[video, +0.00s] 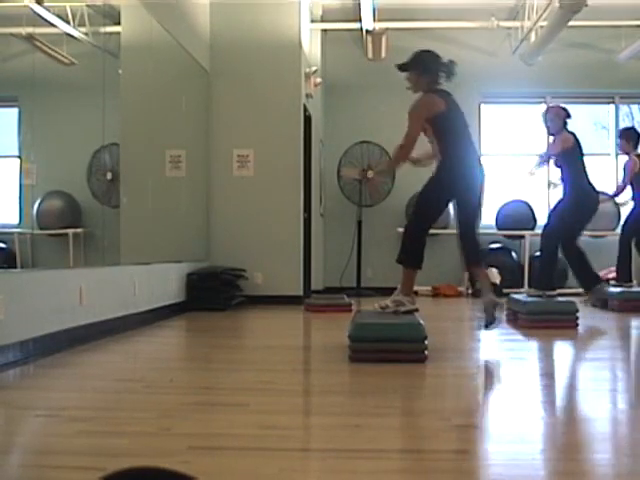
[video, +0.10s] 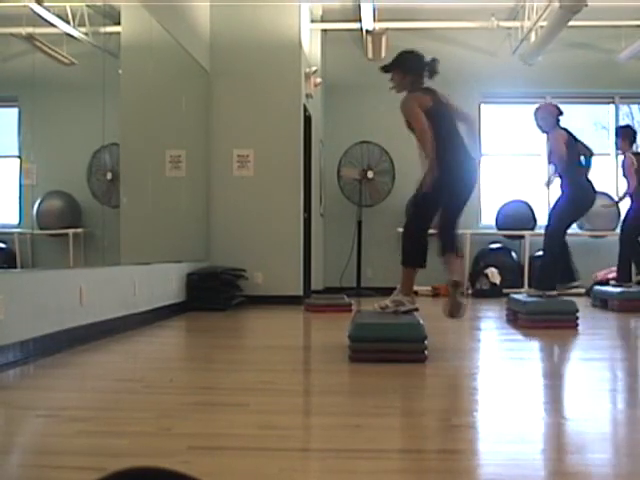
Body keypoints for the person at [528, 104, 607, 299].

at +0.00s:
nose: (548, 123)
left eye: (552, 119)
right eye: (547, 120)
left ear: (561, 120)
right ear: (547, 121)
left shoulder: (566, 138)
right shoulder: (556, 141)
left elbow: (556, 150)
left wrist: (543, 158)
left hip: (582, 197)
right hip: (571, 196)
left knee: (565, 239)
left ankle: (595, 286)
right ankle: (543, 287)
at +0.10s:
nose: (537, 125)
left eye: (538, 120)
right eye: (537, 120)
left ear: (545, 120)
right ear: (554, 118)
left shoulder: (555, 136)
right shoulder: (565, 134)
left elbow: (562, 159)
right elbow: (588, 152)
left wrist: (553, 176)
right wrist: (585, 174)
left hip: (574, 191)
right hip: (584, 190)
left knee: (552, 231)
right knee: (556, 231)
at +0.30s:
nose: (539, 127)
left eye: (539, 123)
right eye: (538, 123)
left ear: (545, 122)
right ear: (555, 120)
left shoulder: (556, 137)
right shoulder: (564, 136)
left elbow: (562, 159)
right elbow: (583, 154)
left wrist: (551, 178)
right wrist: (575, 175)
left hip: (573, 195)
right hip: (579, 193)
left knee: (548, 234)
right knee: (549, 234)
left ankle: (543, 283)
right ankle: (545, 281)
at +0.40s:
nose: (549, 120)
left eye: (551, 115)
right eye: (548, 115)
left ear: (561, 115)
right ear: (556, 115)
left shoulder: (567, 132)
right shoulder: (565, 134)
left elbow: (562, 152)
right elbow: (566, 158)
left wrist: (547, 162)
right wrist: (550, 168)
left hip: (578, 194)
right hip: (573, 192)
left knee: (550, 233)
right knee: (548, 232)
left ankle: (554, 280)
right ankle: (556, 278)